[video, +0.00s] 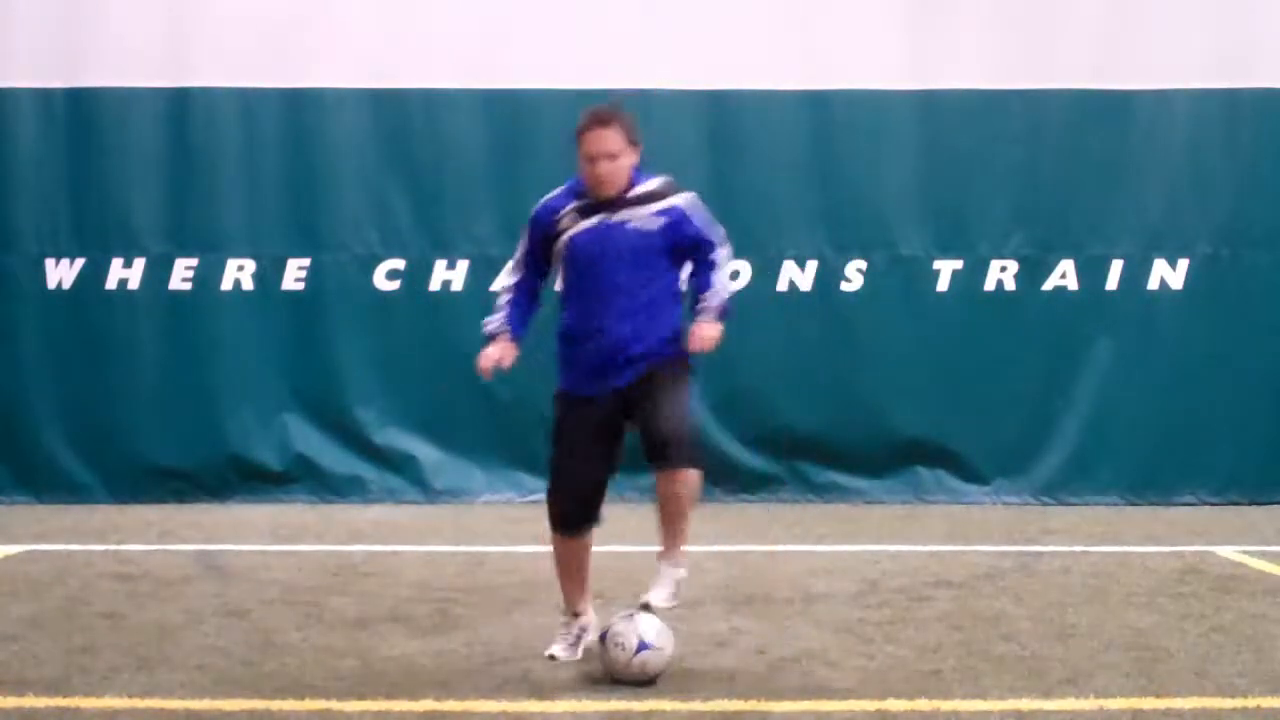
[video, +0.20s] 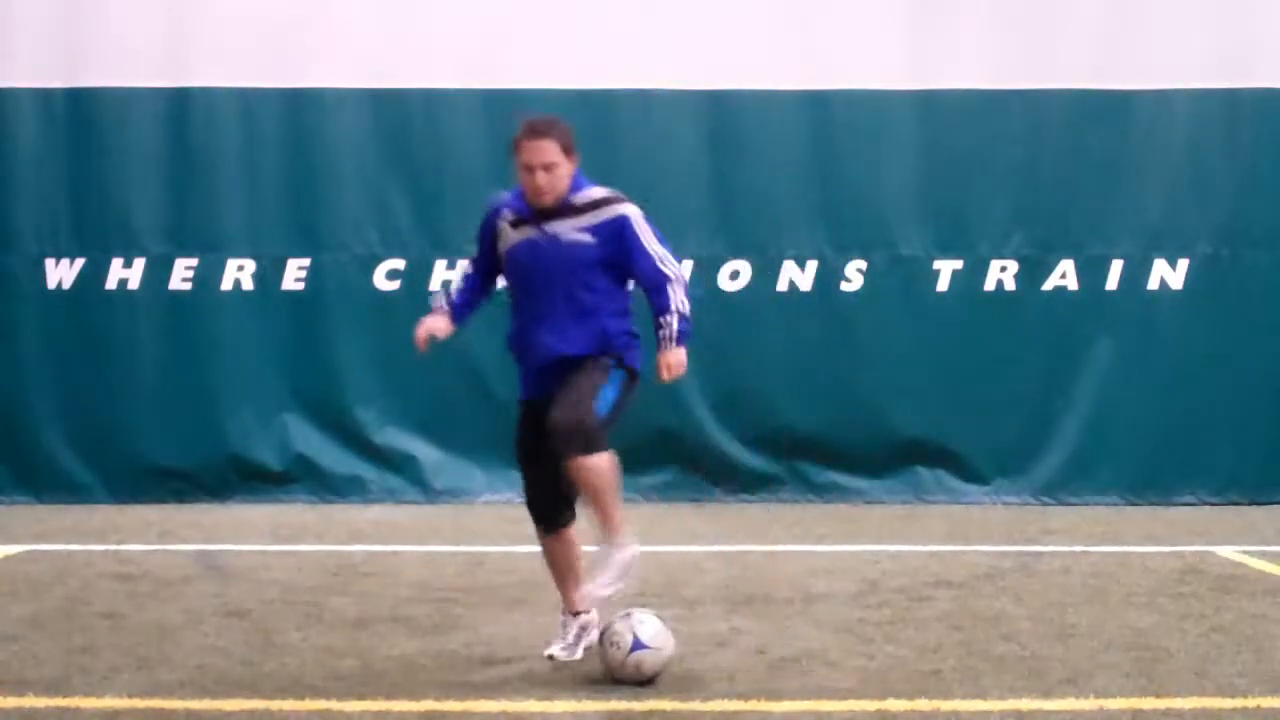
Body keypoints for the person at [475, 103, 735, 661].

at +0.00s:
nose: (600, 169)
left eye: (610, 157)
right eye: (590, 159)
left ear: (634, 154)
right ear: (578, 161)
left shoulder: (669, 201)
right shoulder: (555, 214)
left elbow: (715, 254)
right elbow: (523, 276)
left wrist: (709, 314)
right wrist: (504, 333)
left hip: (657, 366)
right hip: (586, 378)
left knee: (676, 444)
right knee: (568, 503)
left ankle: (672, 562)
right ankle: (578, 618)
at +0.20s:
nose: (538, 180)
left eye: (548, 168)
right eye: (528, 169)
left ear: (571, 165)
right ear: (516, 171)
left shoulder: (611, 211)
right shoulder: (504, 219)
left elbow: (666, 274)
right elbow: (480, 274)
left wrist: (672, 338)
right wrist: (448, 312)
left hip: (603, 359)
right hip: (541, 372)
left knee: (571, 427)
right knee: (545, 502)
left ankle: (619, 546)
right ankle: (580, 613)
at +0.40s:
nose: (494, 194)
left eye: (505, 182)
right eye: (484, 182)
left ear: (530, 177)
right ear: (472, 180)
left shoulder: (568, 224)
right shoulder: (465, 219)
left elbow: (625, 285)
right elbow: (439, 260)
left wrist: (640, 356)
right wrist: (408, 292)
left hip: (557, 385)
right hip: (503, 386)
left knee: (505, 503)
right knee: (495, 504)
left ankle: (495, 645)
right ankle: (620, 532)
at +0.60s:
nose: (473, 251)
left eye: (483, 238)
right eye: (462, 239)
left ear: (504, 229)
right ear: (448, 231)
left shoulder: (539, 277)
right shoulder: (436, 260)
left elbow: (584, 346)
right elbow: (405, 297)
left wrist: (607, 421)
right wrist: (372, 322)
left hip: (540, 422)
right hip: (488, 423)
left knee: (472, 525)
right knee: (484, 535)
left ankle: (496, 649)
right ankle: (608, 538)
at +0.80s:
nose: (495, 199)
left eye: (505, 186)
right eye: (483, 188)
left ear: (523, 179)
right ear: (467, 185)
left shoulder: (563, 219)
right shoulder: (449, 227)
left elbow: (626, 265)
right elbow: (418, 277)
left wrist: (639, 337)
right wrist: (391, 325)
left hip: (557, 386)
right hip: (494, 387)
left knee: (522, 494)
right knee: (475, 501)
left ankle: (506, 637)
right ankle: (548, 585)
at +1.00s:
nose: (539, 209)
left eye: (548, 196)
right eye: (528, 198)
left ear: (563, 194)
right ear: (506, 199)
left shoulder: (597, 245)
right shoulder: (480, 249)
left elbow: (639, 309)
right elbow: (447, 306)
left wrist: (662, 369)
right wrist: (425, 359)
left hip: (590, 399)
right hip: (514, 407)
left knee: (632, 483)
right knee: (486, 522)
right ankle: (496, 630)